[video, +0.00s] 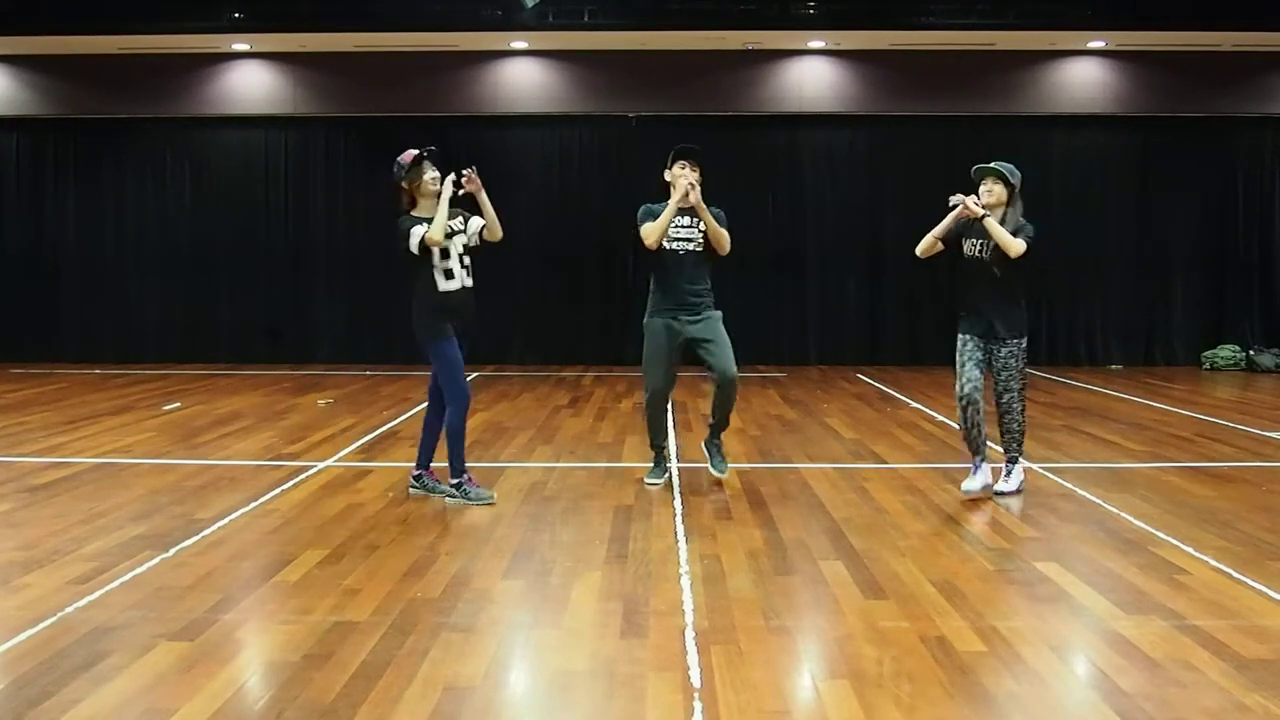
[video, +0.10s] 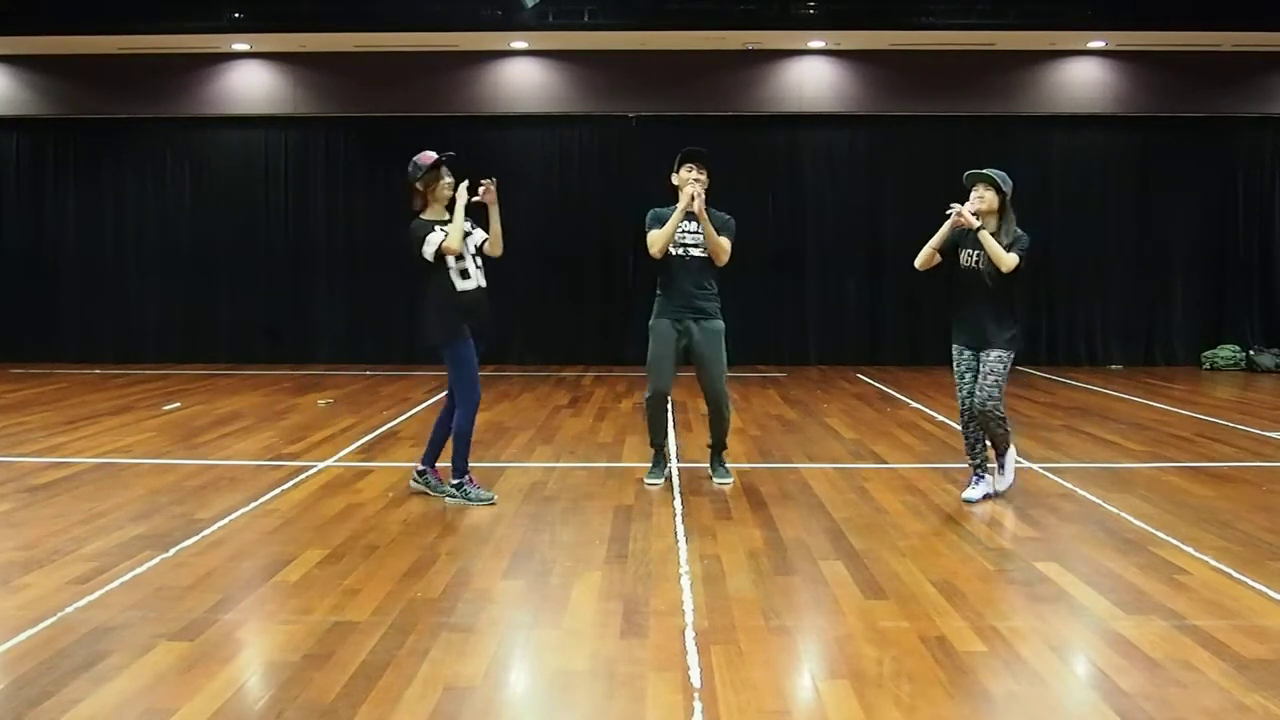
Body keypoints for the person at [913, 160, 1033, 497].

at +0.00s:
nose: (985, 188)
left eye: (993, 184)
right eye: (982, 183)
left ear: (1009, 192)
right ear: (977, 191)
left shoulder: (1020, 226)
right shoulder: (966, 222)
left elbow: (1015, 249)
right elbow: (922, 251)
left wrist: (982, 216)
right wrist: (951, 218)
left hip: (1009, 328)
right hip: (971, 325)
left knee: (1008, 399)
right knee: (967, 394)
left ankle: (1013, 466)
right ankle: (979, 466)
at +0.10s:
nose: (976, 195)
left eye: (985, 191)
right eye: (974, 190)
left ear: (1001, 200)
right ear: (969, 198)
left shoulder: (1015, 237)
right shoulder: (960, 233)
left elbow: (1007, 264)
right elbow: (921, 264)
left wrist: (978, 228)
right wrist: (946, 228)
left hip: (1000, 335)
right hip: (964, 333)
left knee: (985, 404)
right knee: (967, 406)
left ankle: (1004, 450)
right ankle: (979, 474)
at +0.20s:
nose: (971, 197)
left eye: (980, 193)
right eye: (969, 193)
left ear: (996, 201)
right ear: (964, 200)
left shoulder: (1011, 239)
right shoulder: (956, 238)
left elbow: (1008, 268)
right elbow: (918, 267)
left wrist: (978, 231)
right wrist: (943, 228)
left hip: (994, 332)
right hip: (958, 333)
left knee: (964, 384)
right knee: (959, 407)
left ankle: (991, 428)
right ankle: (980, 476)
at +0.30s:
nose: (969, 189)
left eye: (978, 185)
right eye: (967, 184)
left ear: (993, 195)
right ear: (961, 192)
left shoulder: (1006, 231)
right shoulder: (949, 228)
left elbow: (1009, 256)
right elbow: (908, 255)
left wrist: (976, 220)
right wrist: (939, 217)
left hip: (990, 322)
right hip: (954, 324)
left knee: (953, 367)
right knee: (960, 401)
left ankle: (982, 425)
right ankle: (981, 475)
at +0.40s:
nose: (965, 185)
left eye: (973, 180)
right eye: (962, 180)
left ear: (990, 190)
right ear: (955, 188)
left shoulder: (997, 223)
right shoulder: (943, 222)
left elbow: (1007, 244)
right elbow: (898, 244)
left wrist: (971, 210)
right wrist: (933, 209)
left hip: (985, 321)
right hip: (949, 321)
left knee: (951, 380)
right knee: (964, 396)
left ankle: (972, 450)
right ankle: (982, 472)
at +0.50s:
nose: (955, 190)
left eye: (964, 185)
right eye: (953, 185)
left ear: (981, 194)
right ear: (947, 192)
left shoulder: (994, 229)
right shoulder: (938, 226)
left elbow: (992, 252)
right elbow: (895, 253)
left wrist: (959, 217)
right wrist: (926, 215)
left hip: (976, 333)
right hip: (941, 332)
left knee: (959, 404)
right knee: (948, 409)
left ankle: (968, 479)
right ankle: (979, 467)